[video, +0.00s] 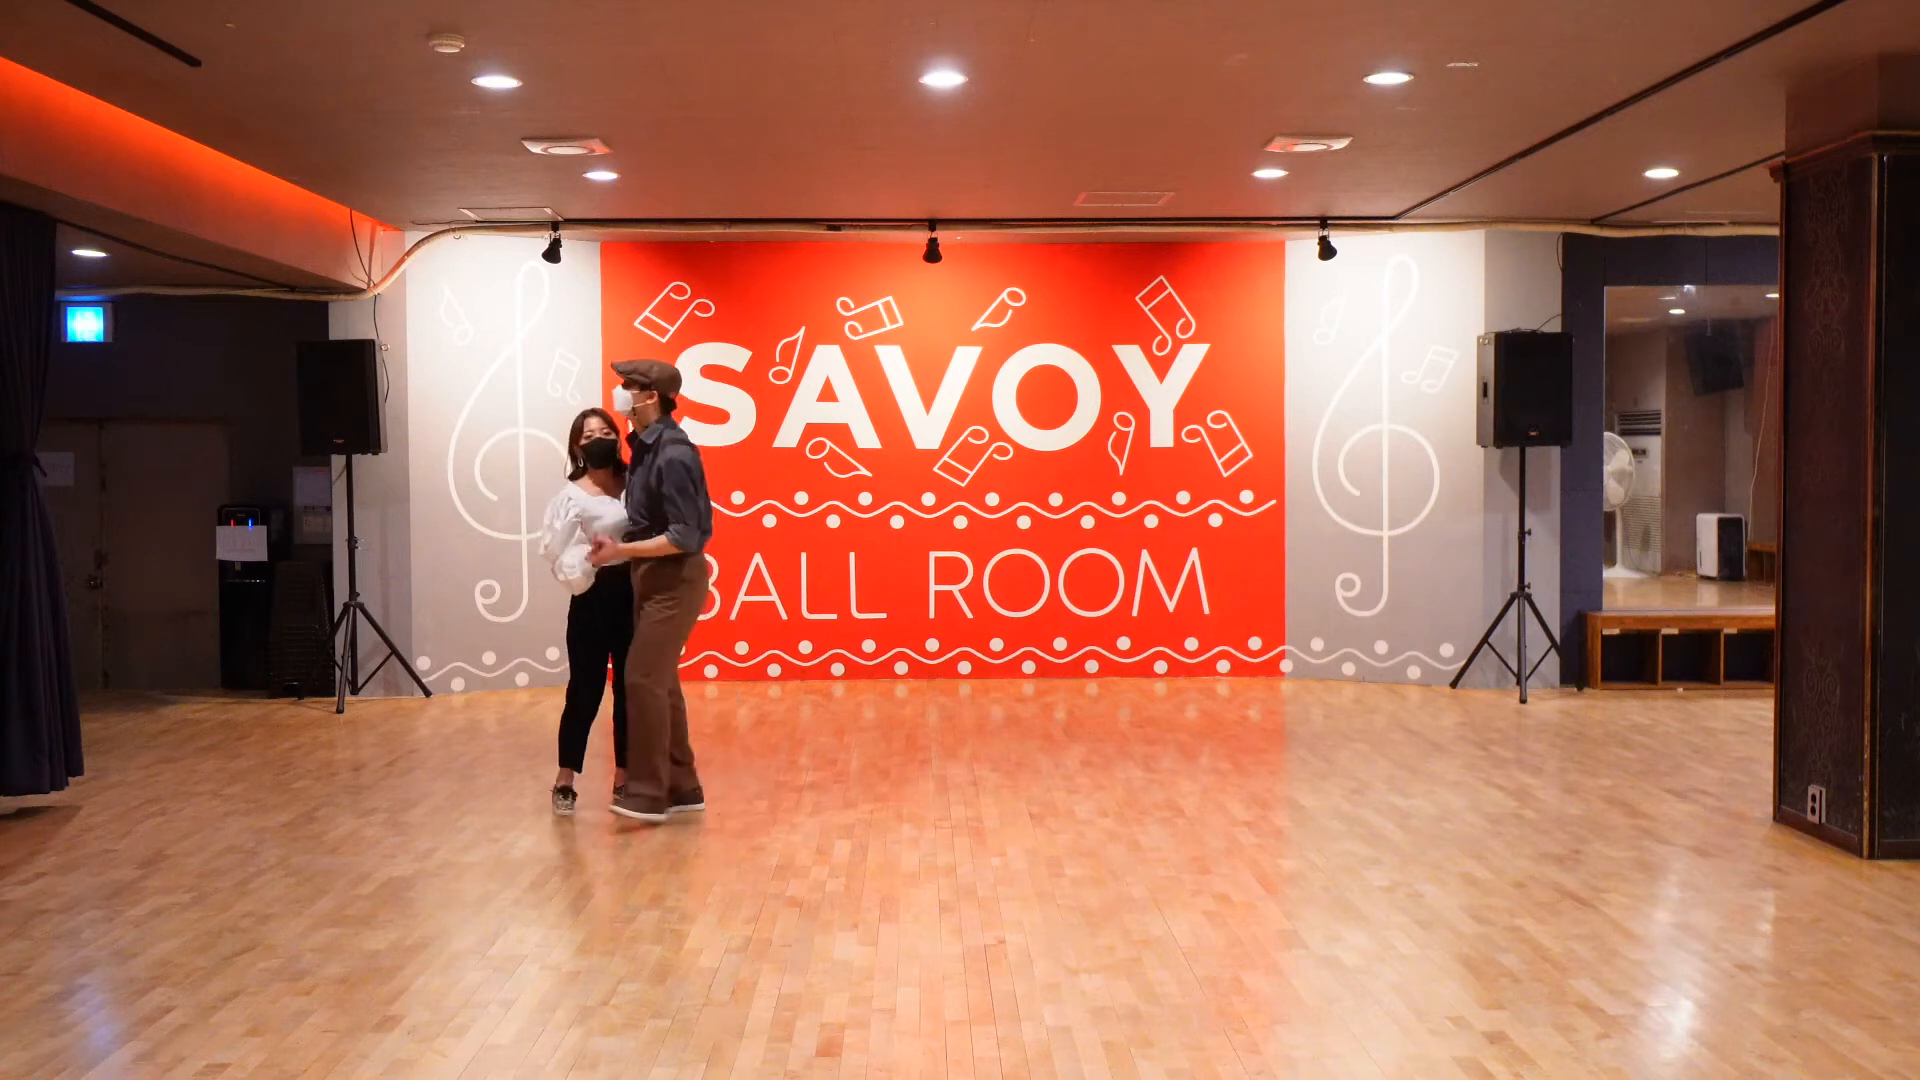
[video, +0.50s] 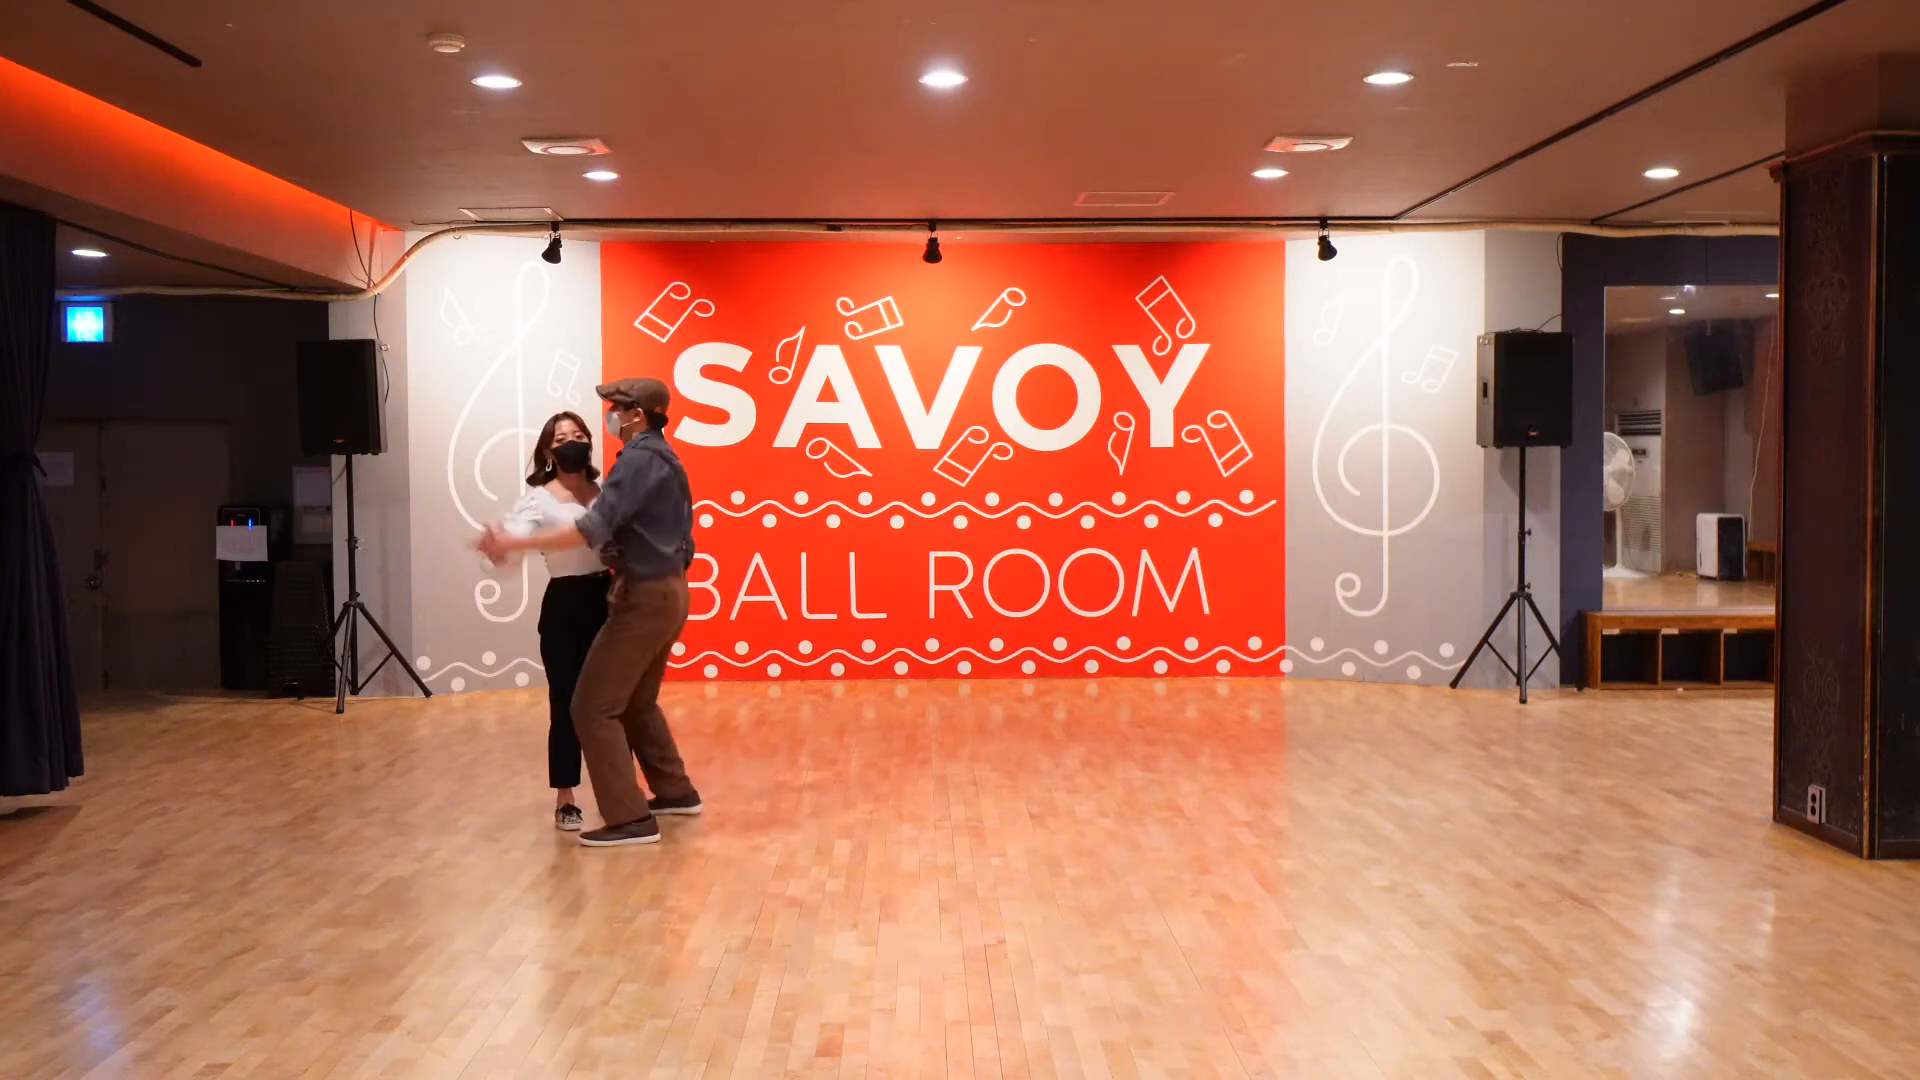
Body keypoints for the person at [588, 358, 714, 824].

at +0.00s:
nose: (623, 394)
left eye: (630, 388)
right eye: (625, 387)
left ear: (652, 397)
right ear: (651, 398)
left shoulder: (674, 452)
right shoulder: (647, 445)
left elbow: (686, 535)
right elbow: (642, 517)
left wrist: (624, 549)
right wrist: (607, 535)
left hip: (677, 575)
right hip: (652, 572)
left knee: (644, 675)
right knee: (661, 677)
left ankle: (647, 794)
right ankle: (682, 786)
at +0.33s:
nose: (609, 401)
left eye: (615, 394)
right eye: (612, 394)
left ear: (637, 403)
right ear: (642, 403)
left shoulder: (650, 459)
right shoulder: (655, 449)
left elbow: (637, 548)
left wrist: (590, 601)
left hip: (658, 585)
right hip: (674, 581)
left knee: (607, 689)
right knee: (648, 694)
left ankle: (616, 807)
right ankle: (678, 792)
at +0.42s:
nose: (608, 411)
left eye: (614, 404)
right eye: (610, 403)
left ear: (636, 411)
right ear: (645, 411)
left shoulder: (646, 463)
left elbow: (614, 545)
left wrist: (552, 584)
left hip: (653, 593)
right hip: (670, 590)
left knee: (595, 699)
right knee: (639, 699)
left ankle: (628, 813)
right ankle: (677, 793)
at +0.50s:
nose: (607, 418)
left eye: (613, 411)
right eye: (609, 411)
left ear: (637, 416)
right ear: (644, 417)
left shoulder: (639, 460)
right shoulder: (662, 459)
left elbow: (590, 528)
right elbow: (682, 544)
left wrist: (514, 543)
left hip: (645, 597)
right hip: (668, 592)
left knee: (593, 707)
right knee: (638, 703)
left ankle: (628, 818)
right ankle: (675, 792)